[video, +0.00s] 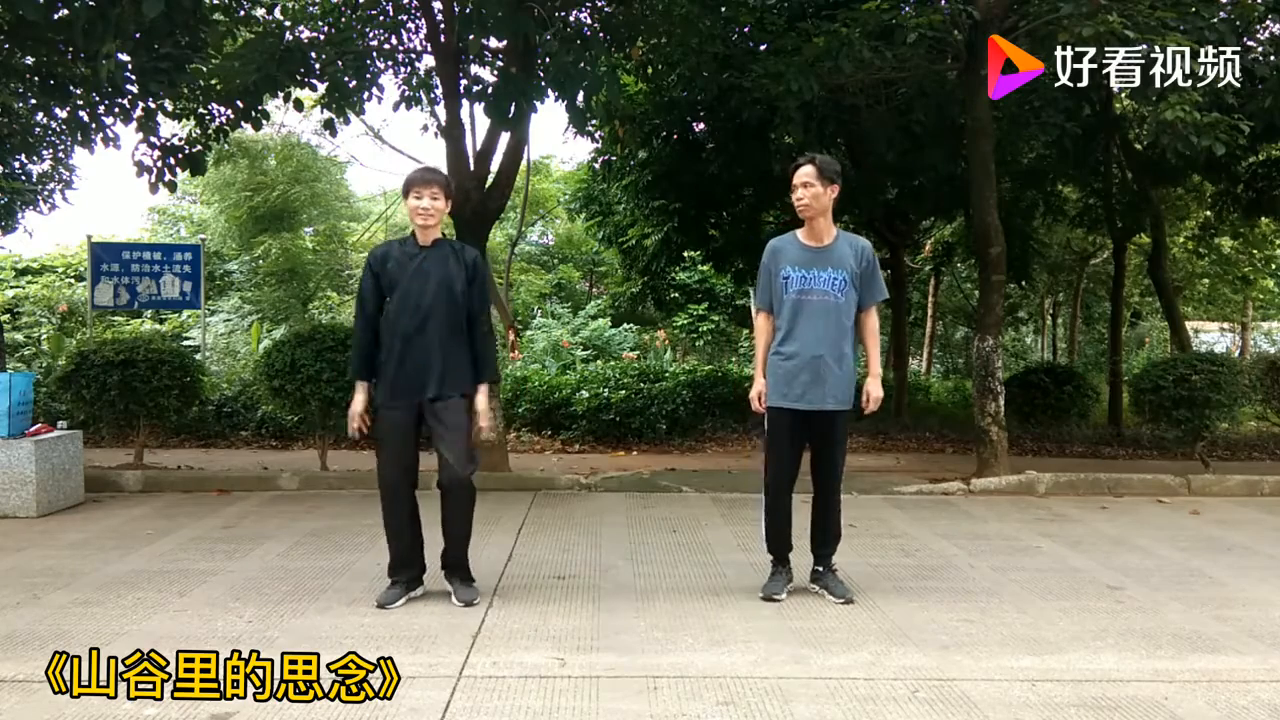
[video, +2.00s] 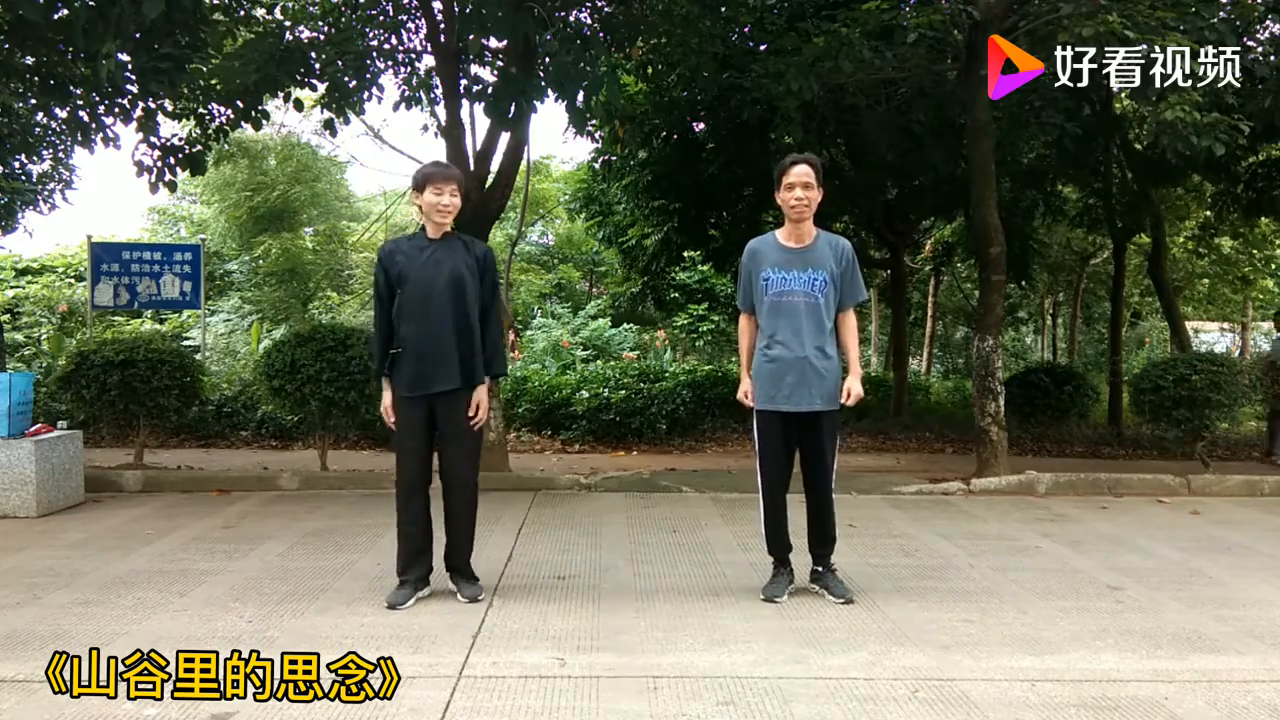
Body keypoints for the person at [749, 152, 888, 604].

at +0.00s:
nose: (798, 194)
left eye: (807, 186)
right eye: (795, 187)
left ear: (832, 191)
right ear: (792, 195)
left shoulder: (859, 251)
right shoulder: (777, 249)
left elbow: (868, 315)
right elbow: (764, 315)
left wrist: (874, 374)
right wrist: (758, 373)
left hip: (836, 388)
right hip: (784, 386)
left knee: (829, 485)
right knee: (777, 483)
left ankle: (824, 567)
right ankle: (780, 566)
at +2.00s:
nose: (798, 195)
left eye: (806, 187)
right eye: (790, 187)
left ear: (819, 195)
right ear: (778, 195)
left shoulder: (839, 250)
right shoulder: (756, 251)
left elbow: (846, 314)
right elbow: (747, 317)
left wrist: (854, 371)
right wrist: (745, 373)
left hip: (822, 385)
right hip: (770, 385)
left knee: (820, 484)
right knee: (773, 485)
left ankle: (823, 568)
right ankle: (780, 568)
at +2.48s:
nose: (785, 202)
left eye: (794, 194)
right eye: (777, 194)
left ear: (806, 203)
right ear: (765, 202)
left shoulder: (828, 254)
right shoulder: (745, 258)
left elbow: (855, 313)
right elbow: (727, 305)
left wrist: (830, 327)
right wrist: (707, 352)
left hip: (819, 393)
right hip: (766, 394)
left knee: (824, 487)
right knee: (769, 490)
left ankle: (823, 568)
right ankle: (781, 567)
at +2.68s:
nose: (779, 197)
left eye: (787, 188)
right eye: (771, 189)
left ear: (801, 197)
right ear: (759, 198)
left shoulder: (823, 246)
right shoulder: (738, 256)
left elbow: (857, 301)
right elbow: (718, 317)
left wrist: (817, 298)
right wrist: (696, 372)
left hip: (818, 375)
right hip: (763, 382)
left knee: (829, 443)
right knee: (765, 484)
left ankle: (827, 519)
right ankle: (782, 566)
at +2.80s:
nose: (777, 190)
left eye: (785, 182)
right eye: (769, 183)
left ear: (800, 187)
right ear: (759, 191)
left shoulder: (823, 237)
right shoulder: (742, 248)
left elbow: (846, 288)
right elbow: (722, 311)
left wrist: (841, 334)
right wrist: (740, 364)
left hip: (816, 353)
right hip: (765, 365)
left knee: (819, 382)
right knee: (772, 467)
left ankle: (820, 469)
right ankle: (782, 552)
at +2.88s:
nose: (778, 199)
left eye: (786, 191)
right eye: (770, 192)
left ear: (801, 197)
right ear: (759, 200)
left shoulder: (822, 247)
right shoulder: (742, 255)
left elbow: (841, 305)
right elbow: (723, 313)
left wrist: (854, 359)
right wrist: (761, 332)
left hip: (813, 359)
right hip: (764, 372)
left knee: (818, 371)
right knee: (771, 468)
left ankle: (817, 461)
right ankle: (781, 555)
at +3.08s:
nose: (782, 188)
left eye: (790, 180)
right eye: (774, 182)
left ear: (806, 185)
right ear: (765, 190)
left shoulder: (827, 240)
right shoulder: (745, 240)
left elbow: (839, 294)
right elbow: (726, 296)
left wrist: (854, 343)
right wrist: (772, 264)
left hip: (812, 363)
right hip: (759, 370)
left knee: (813, 432)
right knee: (770, 463)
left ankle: (810, 528)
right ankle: (781, 545)